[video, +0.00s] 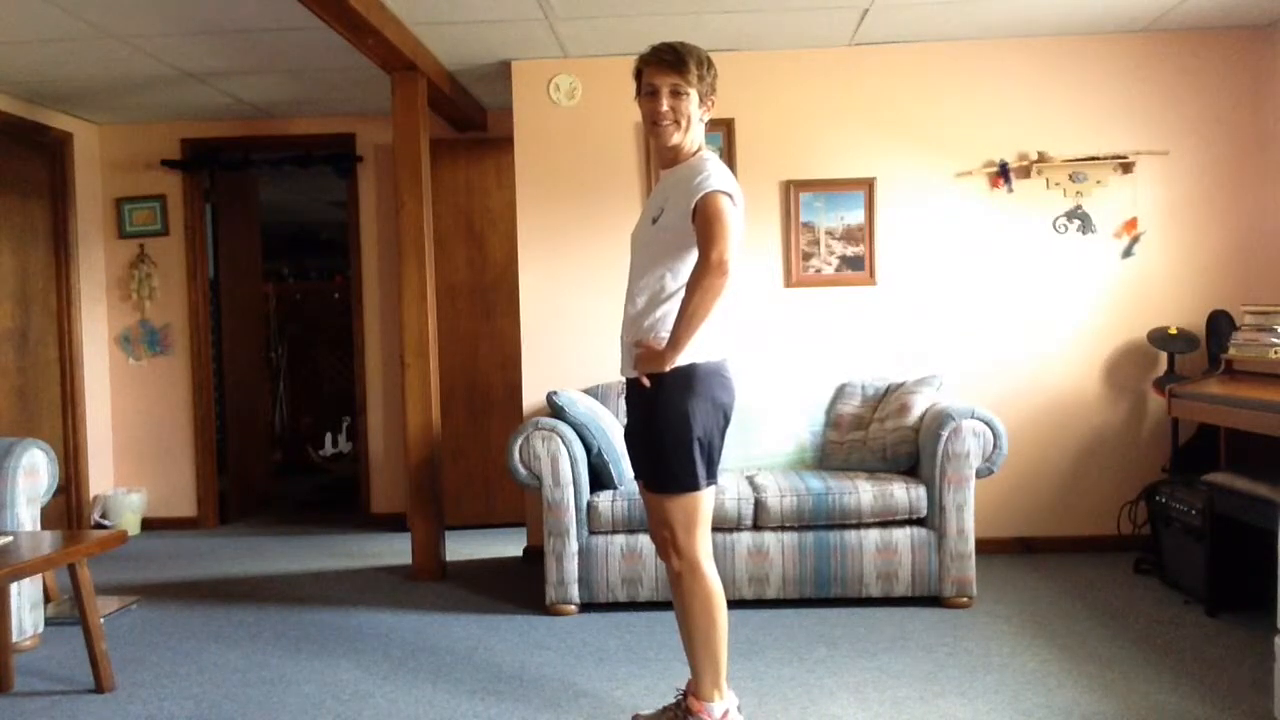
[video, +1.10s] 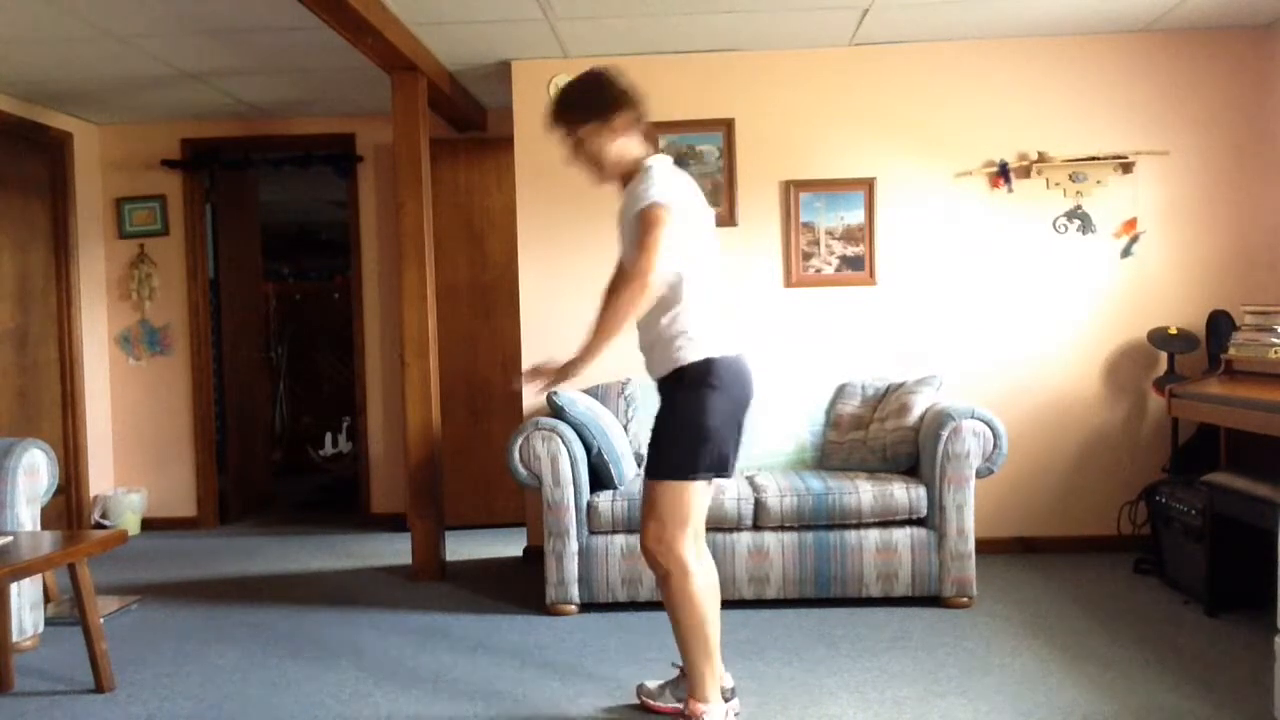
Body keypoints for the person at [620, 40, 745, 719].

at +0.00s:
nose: (661, 105)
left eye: (676, 93)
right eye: (650, 93)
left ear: (703, 103)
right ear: (638, 102)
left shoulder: (705, 173)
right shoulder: (668, 181)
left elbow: (718, 261)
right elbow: (666, 274)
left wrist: (670, 350)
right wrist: (643, 351)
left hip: (680, 379)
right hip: (654, 379)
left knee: (687, 549)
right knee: (672, 547)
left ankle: (713, 699)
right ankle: (705, 693)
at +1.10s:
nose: (576, 158)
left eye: (579, 142)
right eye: (571, 145)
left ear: (618, 125)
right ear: (621, 128)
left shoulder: (657, 184)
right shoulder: (663, 181)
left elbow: (637, 279)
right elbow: (640, 284)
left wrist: (579, 361)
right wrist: (577, 361)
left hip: (701, 376)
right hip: (707, 373)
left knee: (665, 541)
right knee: (681, 540)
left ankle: (707, 693)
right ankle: (708, 676)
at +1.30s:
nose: (523, 241)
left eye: (525, 226)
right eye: (518, 229)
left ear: (556, 210)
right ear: (559, 210)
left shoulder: (601, 252)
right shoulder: (607, 245)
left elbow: (569, 364)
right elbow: (579, 364)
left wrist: (521, 451)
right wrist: (534, 441)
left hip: (734, 399)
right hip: (735, 397)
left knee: (668, 556)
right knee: (678, 550)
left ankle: (713, 703)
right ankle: (706, 678)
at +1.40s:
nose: (486, 348)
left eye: (487, 333)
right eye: (480, 336)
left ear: (521, 314)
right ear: (524, 311)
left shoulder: (566, 354)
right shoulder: (581, 341)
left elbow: (536, 479)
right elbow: (551, 473)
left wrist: (479, 585)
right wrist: (512, 539)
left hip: (750, 428)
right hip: (760, 420)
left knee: (646, 572)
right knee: (672, 557)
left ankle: (705, 711)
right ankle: (709, 684)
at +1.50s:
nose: (477, 415)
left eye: (477, 401)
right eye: (471, 404)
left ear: (507, 382)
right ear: (510, 377)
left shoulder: (557, 415)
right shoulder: (564, 392)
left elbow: (523, 543)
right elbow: (535, 532)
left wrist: (469, 650)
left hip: (754, 443)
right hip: (754, 434)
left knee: (639, 578)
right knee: (658, 555)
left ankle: (706, 714)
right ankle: (707, 683)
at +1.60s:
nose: (467, 497)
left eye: (467, 484)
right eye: (461, 486)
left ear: (492, 464)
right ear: (498, 452)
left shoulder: (546, 479)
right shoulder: (545, 443)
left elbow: (511, 620)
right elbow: (519, 597)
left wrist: (470, 710)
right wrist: (488, 662)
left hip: (745, 471)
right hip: (744, 455)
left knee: (620, 590)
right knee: (638, 546)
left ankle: (700, 712)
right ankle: (705, 679)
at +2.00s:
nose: (457, 577)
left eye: (445, 569)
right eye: (447, 574)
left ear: (450, 538)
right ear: (458, 523)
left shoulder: (496, 516)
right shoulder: (513, 503)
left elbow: (498, 656)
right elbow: (519, 621)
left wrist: (480, 714)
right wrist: (486, 704)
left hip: (674, 429)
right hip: (687, 419)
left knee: (595, 602)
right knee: (637, 564)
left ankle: (696, 713)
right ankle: (736, 649)